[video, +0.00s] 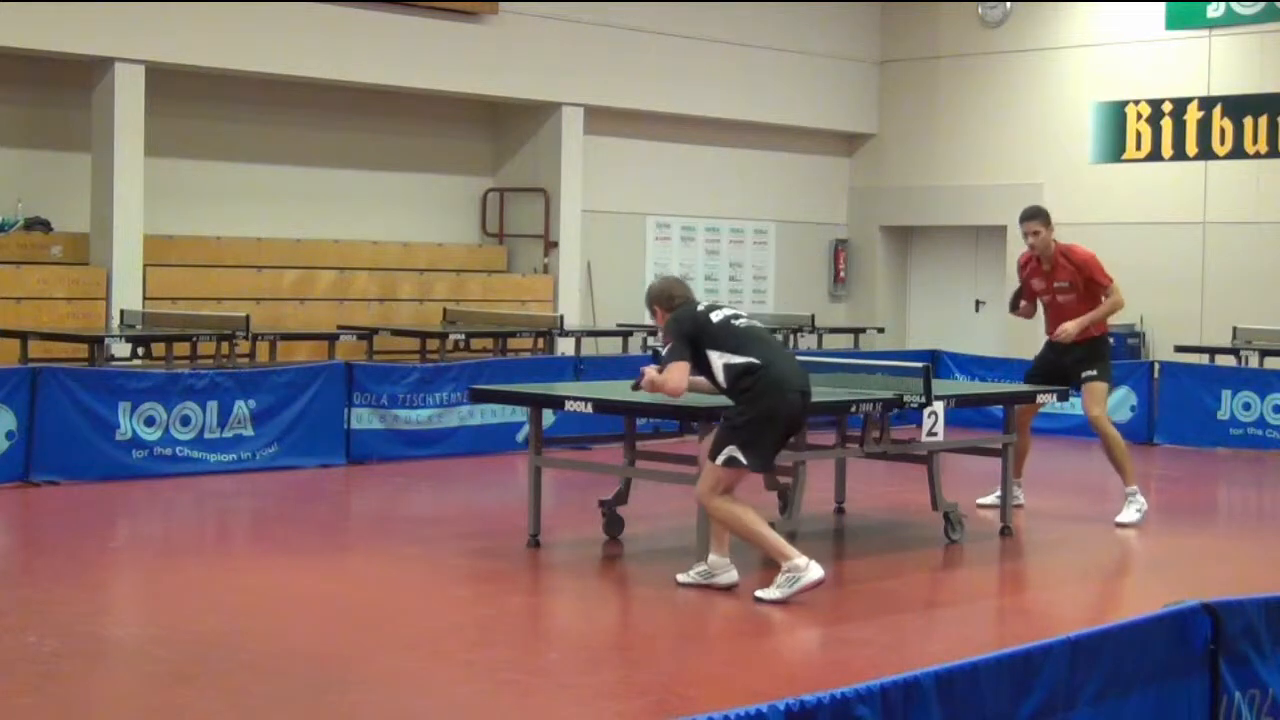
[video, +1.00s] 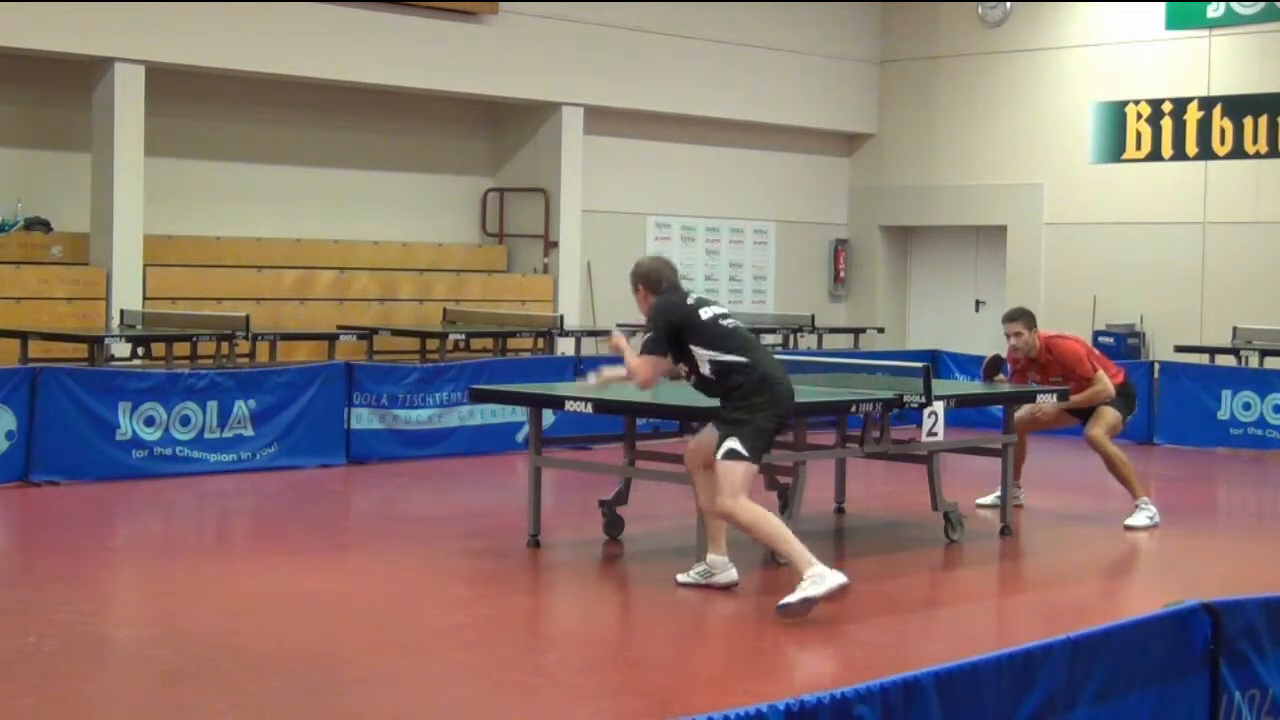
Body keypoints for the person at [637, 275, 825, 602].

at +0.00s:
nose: (656, 324)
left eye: (654, 316)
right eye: (653, 316)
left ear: (662, 311)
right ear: (689, 301)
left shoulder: (681, 322)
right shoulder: (716, 314)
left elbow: (675, 385)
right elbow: (724, 382)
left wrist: (654, 379)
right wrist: (675, 379)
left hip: (766, 397)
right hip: (795, 393)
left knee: (709, 494)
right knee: (713, 456)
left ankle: (798, 565)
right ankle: (718, 562)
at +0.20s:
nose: (644, 332)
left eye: (642, 324)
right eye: (642, 325)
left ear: (650, 318)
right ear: (675, 309)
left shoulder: (666, 330)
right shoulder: (703, 318)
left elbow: (660, 400)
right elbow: (710, 385)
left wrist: (644, 384)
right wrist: (664, 383)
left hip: (755, 398)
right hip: (786, 393)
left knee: (701, 496)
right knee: (705, 459)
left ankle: (793, 560)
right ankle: (718, 563)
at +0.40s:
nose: (634, 335)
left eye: (632, 329)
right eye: (632, 329)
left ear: (639, 324)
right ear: (665, 312)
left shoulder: (655, 335)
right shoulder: (694, 320)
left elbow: (652, 405)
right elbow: (700, 384)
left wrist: (637, 385)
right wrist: (655, 382)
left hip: (747, 397)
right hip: (780, 392)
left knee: (697, 496)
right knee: (701, 461)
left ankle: (789, 557)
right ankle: (718, 563)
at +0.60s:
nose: (629, 335)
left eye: (627, 328)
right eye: (627, 329)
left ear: (634, 323)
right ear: (660, 312)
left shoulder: (650, 333)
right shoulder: (687, 319)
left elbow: (646, 404)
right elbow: (696, 384)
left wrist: (630, 382)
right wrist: (649, 381)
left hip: (743, 394)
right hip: (775, 388)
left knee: (693, 493)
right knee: (710, 480)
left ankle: (785, 555)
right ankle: (718, 563)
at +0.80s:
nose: (627, 327)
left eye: (626, 320)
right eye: (625, 320)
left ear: (634, 315)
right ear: (659, 305)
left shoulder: (650, 327)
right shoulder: (686, 316)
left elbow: (644, 398)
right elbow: (691, 383)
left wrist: (629, 377)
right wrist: (640, 380)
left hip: (747, 390)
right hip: (776, 386)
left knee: (699, 493)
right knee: (707, 469)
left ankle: (795, 550)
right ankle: (718, 563)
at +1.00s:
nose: (638, 303)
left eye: (636, 295)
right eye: (636, 296)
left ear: (645, 292)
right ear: (671, 285)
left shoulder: (667, 311)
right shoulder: (692, 304)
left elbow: (644, 376)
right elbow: (682, 366)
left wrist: (624, 347)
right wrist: (624, 370)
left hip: (759, 398)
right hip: (751, 396)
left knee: (730, 500)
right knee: (698, 456)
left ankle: (816, 572)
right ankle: (717, 563)